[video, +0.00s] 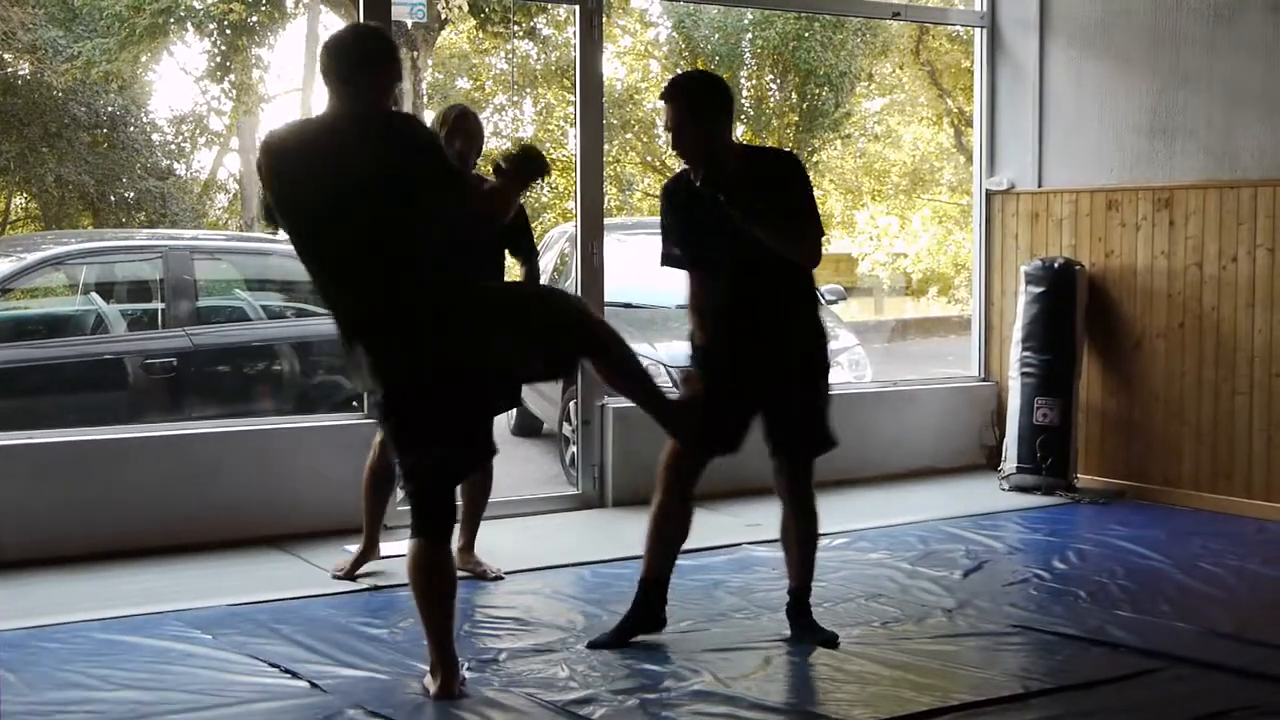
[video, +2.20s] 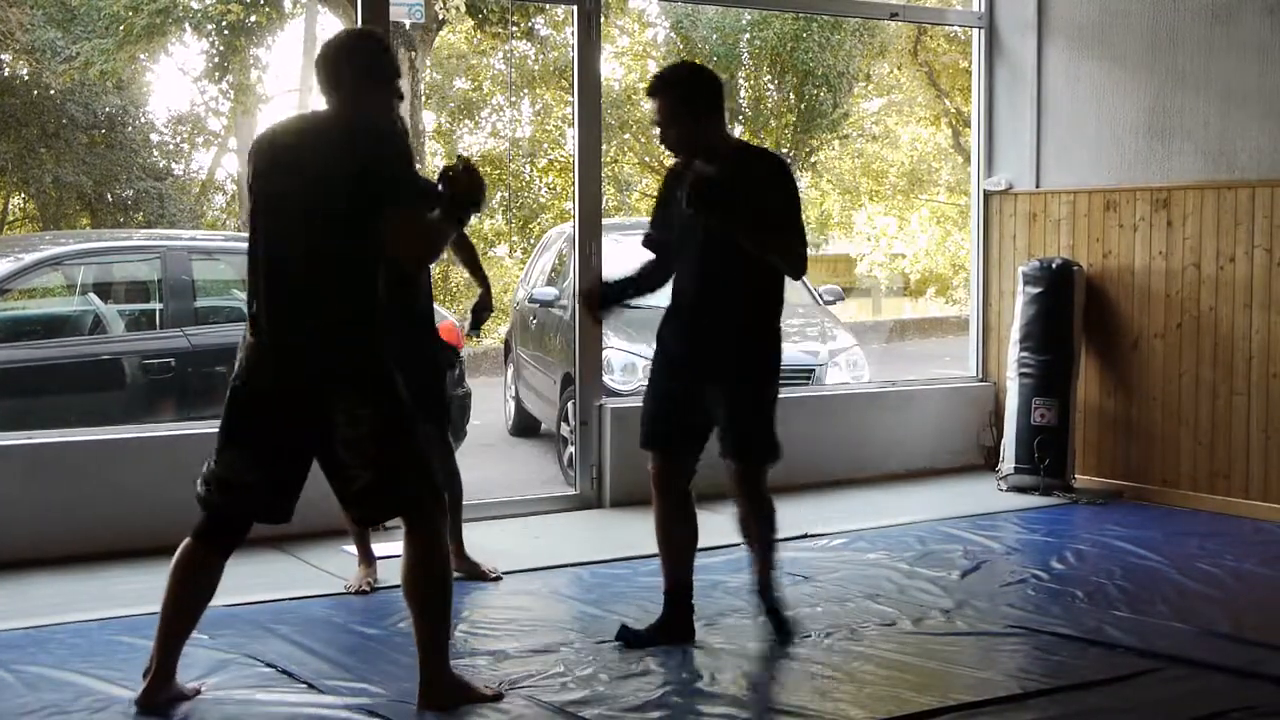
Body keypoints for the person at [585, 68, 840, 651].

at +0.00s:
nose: (670, 138)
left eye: (677, 125)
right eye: (668, 127)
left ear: (712, 120)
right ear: (685, 124)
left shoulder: (780, 169)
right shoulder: (682, 193)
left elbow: (809, 254)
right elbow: (693, 278)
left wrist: (736, 210)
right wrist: (699, 354)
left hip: (790, 349)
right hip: (721, 352)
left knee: (796, 484)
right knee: (676, 470)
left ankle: (800, 609)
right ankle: (649, 604)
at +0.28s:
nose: (693, 141)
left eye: (700, 127)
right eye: (691, 129)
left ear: (733, 122)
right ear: (715, 128)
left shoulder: (803, 169)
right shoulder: (710, 193)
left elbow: (843, 257)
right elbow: (730, 280)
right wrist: (730, 355)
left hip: (821, 348)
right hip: (755, 349)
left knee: (814, 480)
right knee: (712, 457)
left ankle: (804, 607)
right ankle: (733, 578)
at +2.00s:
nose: (687, 138)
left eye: (695, 125)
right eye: (685, 126)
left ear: (730, 119)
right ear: (698, 124)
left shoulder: (787, 175)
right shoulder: (706, 187)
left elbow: (804, 264)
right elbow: (704, 271)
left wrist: (751, 207)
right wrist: (659, 315)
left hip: (772, 352)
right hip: (708, 351)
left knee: (783, 481)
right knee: (667, 472)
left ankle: (810, 606)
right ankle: (677, 617)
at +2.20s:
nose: (660, 134)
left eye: (667, 121)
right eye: (657, 123)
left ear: (702, 114)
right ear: (685, 119)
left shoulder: (766, 171)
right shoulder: (681, 179)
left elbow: (795, 262)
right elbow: (659, 267)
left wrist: (728, 210)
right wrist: (609, 291)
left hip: (749, 347)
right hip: (683, 344)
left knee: (749, 479)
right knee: (668, 474)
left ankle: (767, 595)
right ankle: (677, 617)